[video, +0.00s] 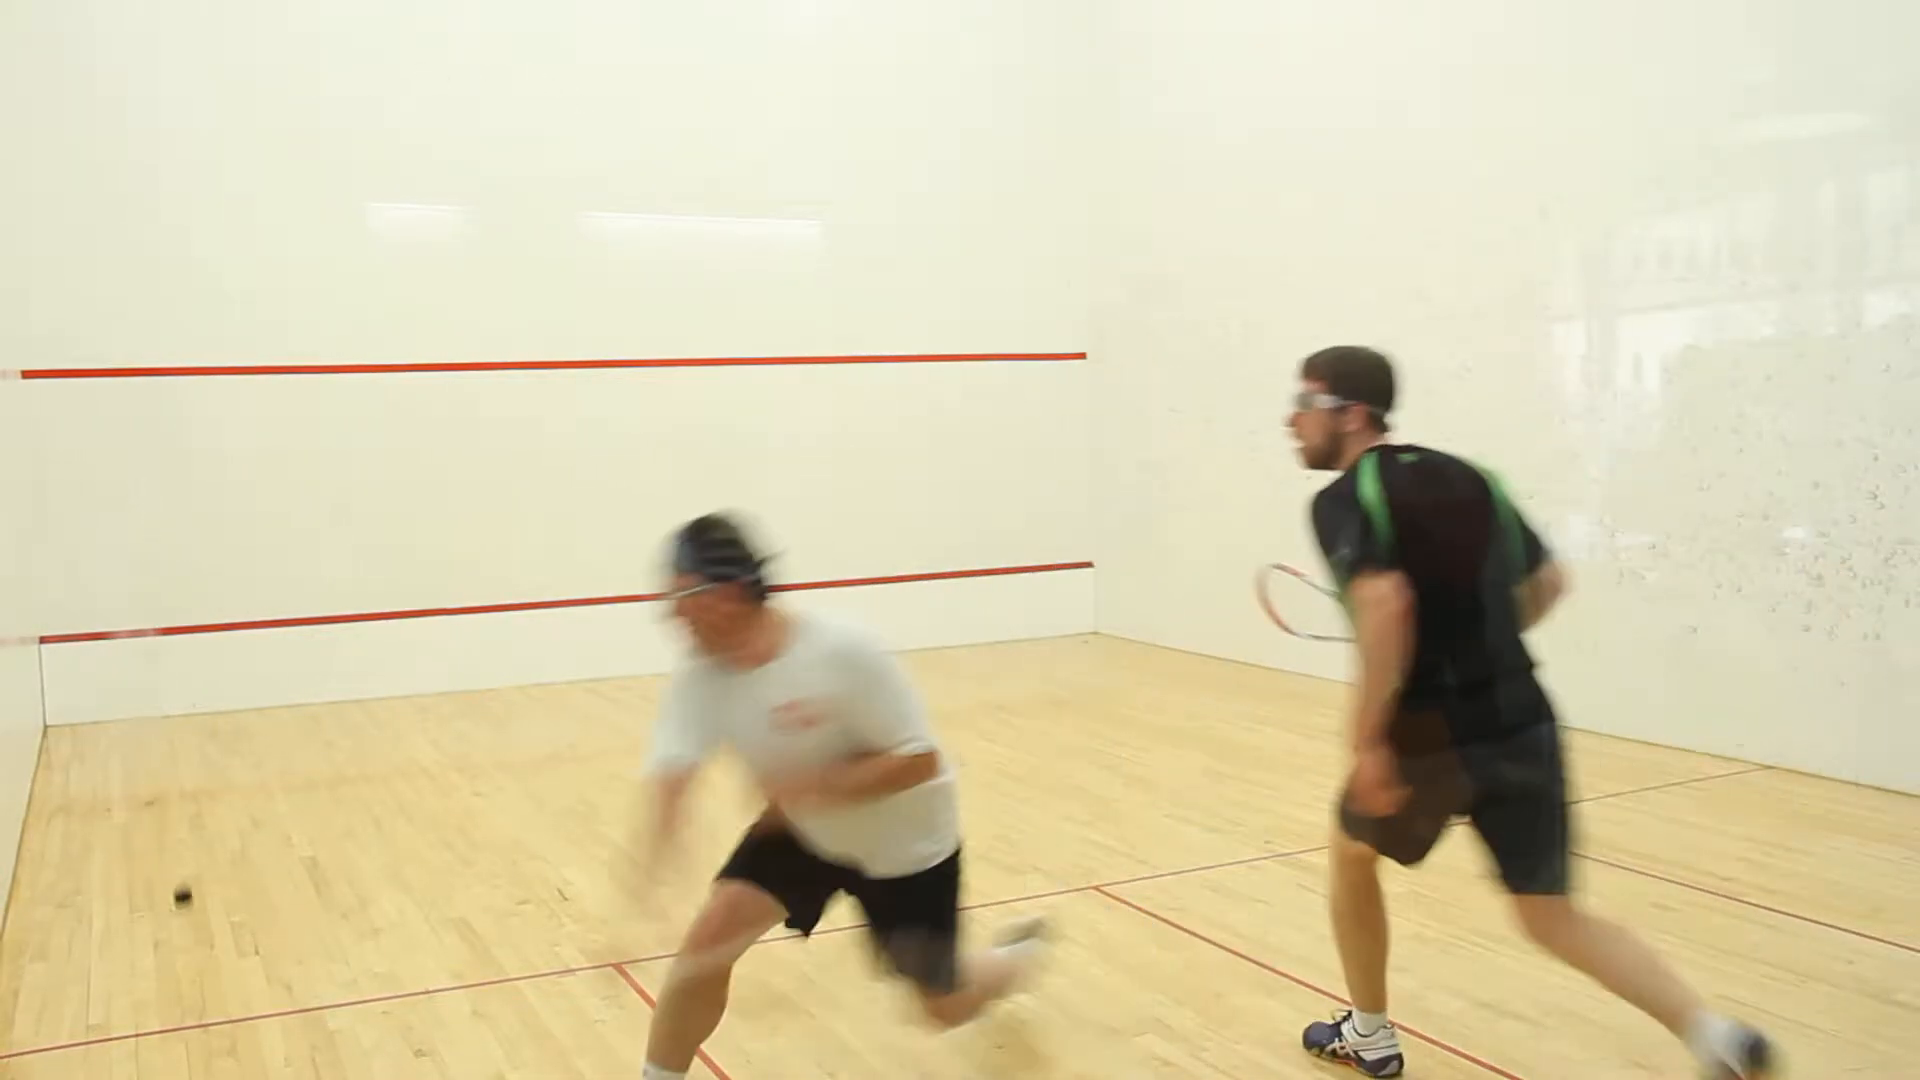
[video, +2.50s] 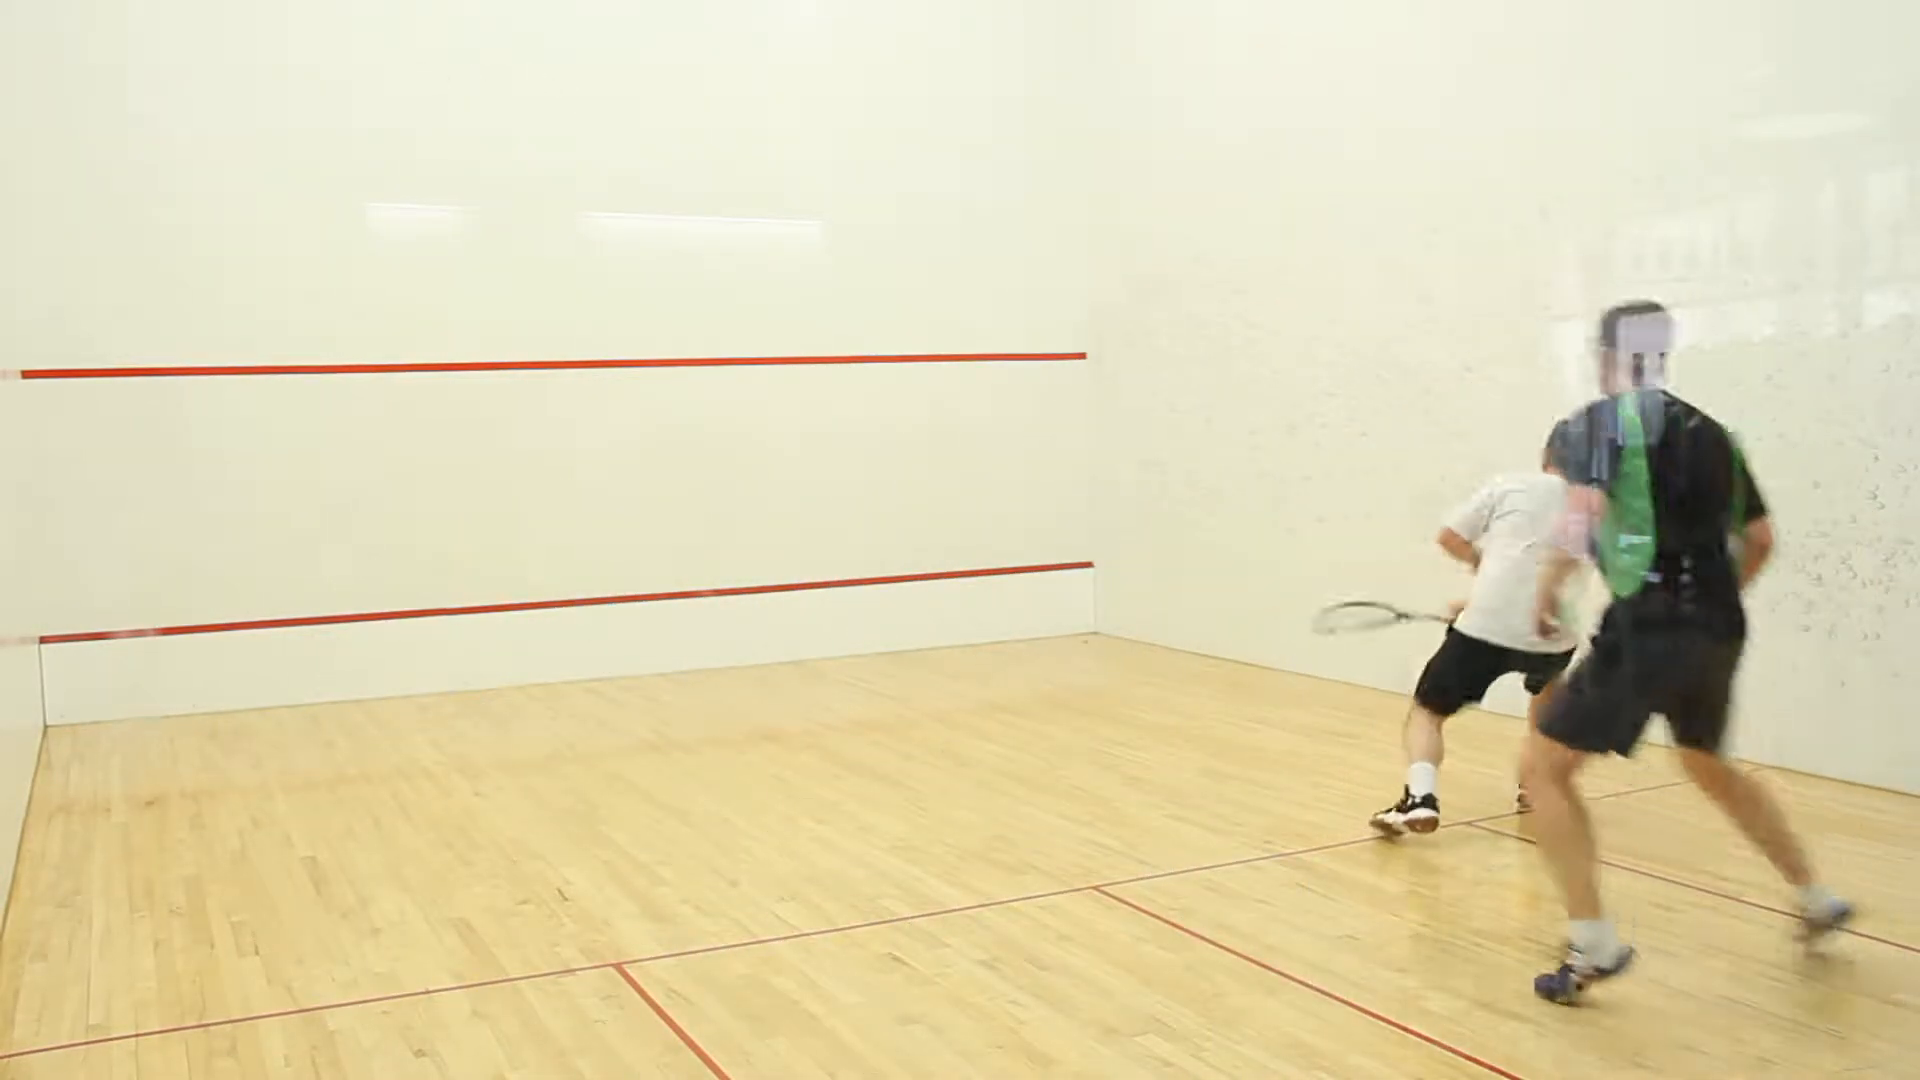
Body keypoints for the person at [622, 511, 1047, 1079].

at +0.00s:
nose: (683, 622)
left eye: (691, 605)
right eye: (678, 606)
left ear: (734, 593)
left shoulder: (846, 651)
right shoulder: (704, 676)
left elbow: (920, 760)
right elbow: (669, 778)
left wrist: (818, 787)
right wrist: (655, 860)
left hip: (907, 843)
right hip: (802, 832)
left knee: (946, 1004)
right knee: (708, 943)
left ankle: (1025, 952)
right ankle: (661, 1074)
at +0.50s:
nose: (691, 516)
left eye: (692, 501)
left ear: (701, 514)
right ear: (779, 495)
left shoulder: (797, 610)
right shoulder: (775, 599)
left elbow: (891, 761)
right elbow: (751, 728)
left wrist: (940, 907)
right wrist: (644, 810)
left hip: (909, 853)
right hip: (846, 839)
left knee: (779, 1061)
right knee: (718, 967)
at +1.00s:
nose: (1038, 424)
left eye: (1037, 415)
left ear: (1039, 428)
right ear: (1123, 426)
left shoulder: (1028, 527)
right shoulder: (1173, 527)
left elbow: (952, 654)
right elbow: (1205, 659)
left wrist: (882, 759)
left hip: (1095, 801)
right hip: (1200, 792)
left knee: (1072, 1015)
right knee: (1156, 940)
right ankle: (1233, 1070)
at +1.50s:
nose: (1283, 439)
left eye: (1286, 428)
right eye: (1288, 428)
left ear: (1297, 437)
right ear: (1359, 447)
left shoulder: (1259, 508)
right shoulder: (1388, 527)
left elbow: (1170, 581)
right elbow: (1434, 632)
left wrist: (1163, 642)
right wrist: (1380, 680)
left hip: (1250, 741)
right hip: (1349, 744)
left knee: (1188, 904)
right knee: (1313, 847)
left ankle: (1252, 1048)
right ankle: (1346, 1016)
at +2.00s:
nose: (1434, 397)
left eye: (1428, 386)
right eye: (1462, 393)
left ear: (1422, 389)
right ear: (1476, 396)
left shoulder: (1384, 444)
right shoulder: (1499, 455)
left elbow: (1306, 503)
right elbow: (1575, 515)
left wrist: (1324, 580)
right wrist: (1604, 557)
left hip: (1386, 629)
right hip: (1469, 635)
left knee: (1374, 738)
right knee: (1439, 759)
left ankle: (1391, 861)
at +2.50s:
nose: (1550, 459)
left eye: (1550, 453)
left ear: (1547, 455)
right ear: (1588, 462)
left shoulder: (1508, 487)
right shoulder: (1596, 507)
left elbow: (1450, 535)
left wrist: (1489, 567)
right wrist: (1475, 605)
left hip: (1487, 626)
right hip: (1552, 640)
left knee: (1428, 709)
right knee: (1550, 687)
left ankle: (1420, 798)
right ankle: (1533, 784)